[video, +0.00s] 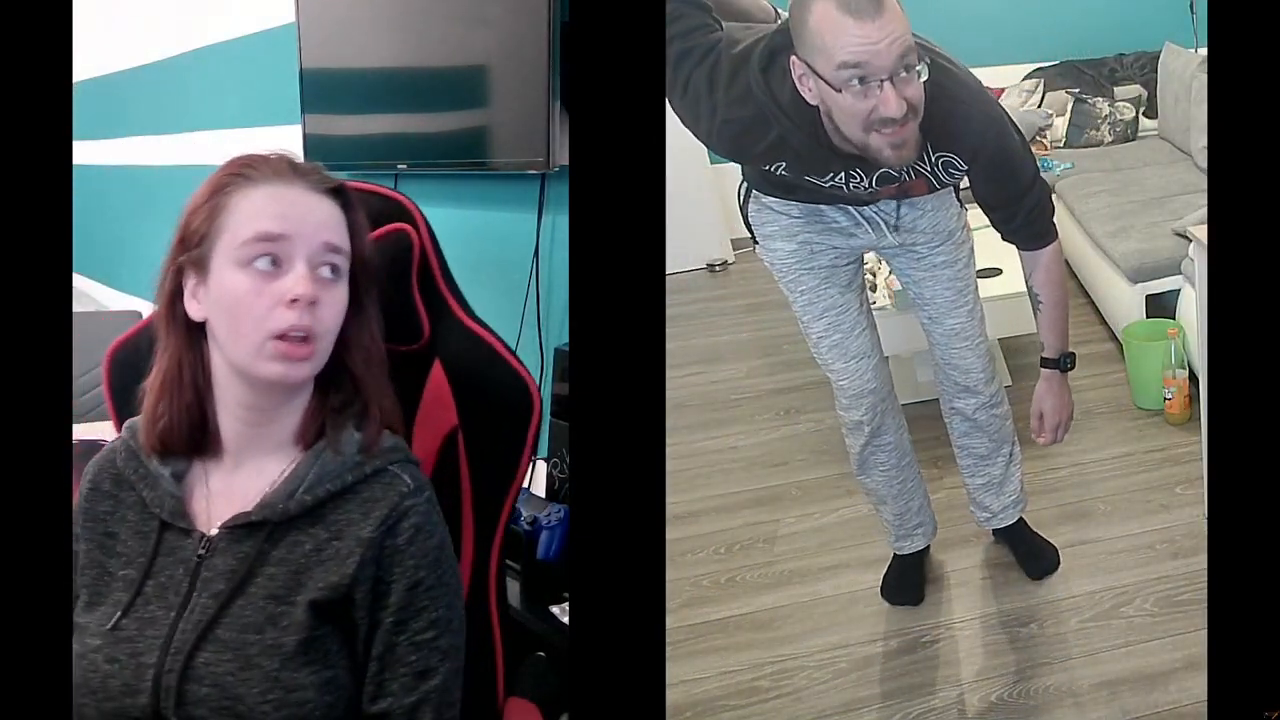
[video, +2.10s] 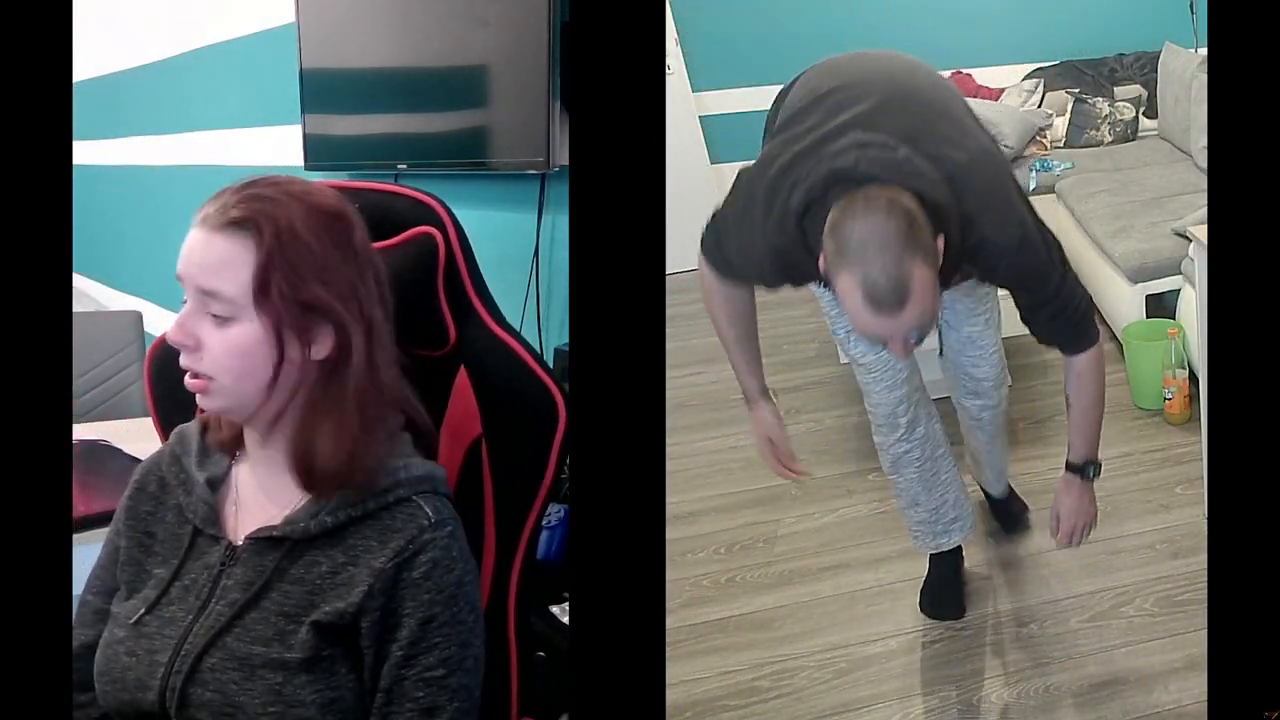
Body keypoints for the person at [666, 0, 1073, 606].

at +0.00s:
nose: (894, 103)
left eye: (904, 69)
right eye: (860, 82)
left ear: (916, 48)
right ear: (806, 81)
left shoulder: (965, 112)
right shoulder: (737, 102)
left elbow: (1037, 229)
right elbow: (680, 15)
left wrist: (1055, 367)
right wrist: (768, 32)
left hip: (925, 196)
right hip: (799, 205)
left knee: (969, 365)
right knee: (860, 390)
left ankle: (1004, 512)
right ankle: (909, 537)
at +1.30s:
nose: (966, 138)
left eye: (988, 108)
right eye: (940, 108)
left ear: (1005, 78)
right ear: (896, 89)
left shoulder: (1041, 142)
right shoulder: (824, 82)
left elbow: (1086, 264)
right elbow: (760, 4)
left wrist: (1088, 395)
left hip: (984, 195)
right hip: (864, 183)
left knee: (1000, 363)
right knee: (902, 370)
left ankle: (1008, 514)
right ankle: (910, 532)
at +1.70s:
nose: (948, 211)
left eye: (968, 182)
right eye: (924, 186)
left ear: (988, 134)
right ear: (879, 145)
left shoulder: (1025, 150)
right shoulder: (813, 134)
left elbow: (1087, 276)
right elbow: (739, 23)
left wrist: (1097, 403)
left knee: (997, 354)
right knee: (915, 366)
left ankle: (1010, 516)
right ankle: (946, 541)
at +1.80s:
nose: (939, 238)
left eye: (958, 210)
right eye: (913, 213)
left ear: (977, 147)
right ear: (868, 166)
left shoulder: (1017, 161)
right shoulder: (805, 158)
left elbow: (1083, 285)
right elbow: (715, 34)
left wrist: (1094, 412)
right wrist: (712, 23)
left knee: (991, 355)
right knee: (911, 370)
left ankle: (1010, 516)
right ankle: (945, 542)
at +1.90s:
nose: (922, 280)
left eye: (939, 248)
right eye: (896, 251)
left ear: (965, 182)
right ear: (852, 191)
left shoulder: (1015, 186)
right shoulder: (796, 183)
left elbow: (1080, 306)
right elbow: (706, 117)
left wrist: (1091, 431)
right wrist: (731, 265)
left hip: (950, 78)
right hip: (821, 85)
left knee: (986, 364)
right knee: (903, 377)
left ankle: (1009, 514)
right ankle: (944, 541)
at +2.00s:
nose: (911, 315)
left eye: (927, 291)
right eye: (886, 298)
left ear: (949, 217)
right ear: (837, 229)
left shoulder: (1005, 203)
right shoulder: (781, 196)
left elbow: (1080, 322)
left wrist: (1084, 451)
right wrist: (733, 345)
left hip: (938, 79)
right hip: (812, 89)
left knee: (983, 364)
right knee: (899, 386)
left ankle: (1008, 506)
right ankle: (944, 541)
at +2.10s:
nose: (902, 351)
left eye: (917, 330)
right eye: (880, 338)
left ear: (938, 252)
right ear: (825, 266)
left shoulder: (994, 224)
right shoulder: (771, 227)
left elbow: (1083, 341)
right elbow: (717, 264)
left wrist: (1082, 472)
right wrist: (757, 399)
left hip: (927, 90)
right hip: (804, 101)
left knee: (984, 376)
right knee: (892, 400)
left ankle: (995, 483)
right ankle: (941, 542)